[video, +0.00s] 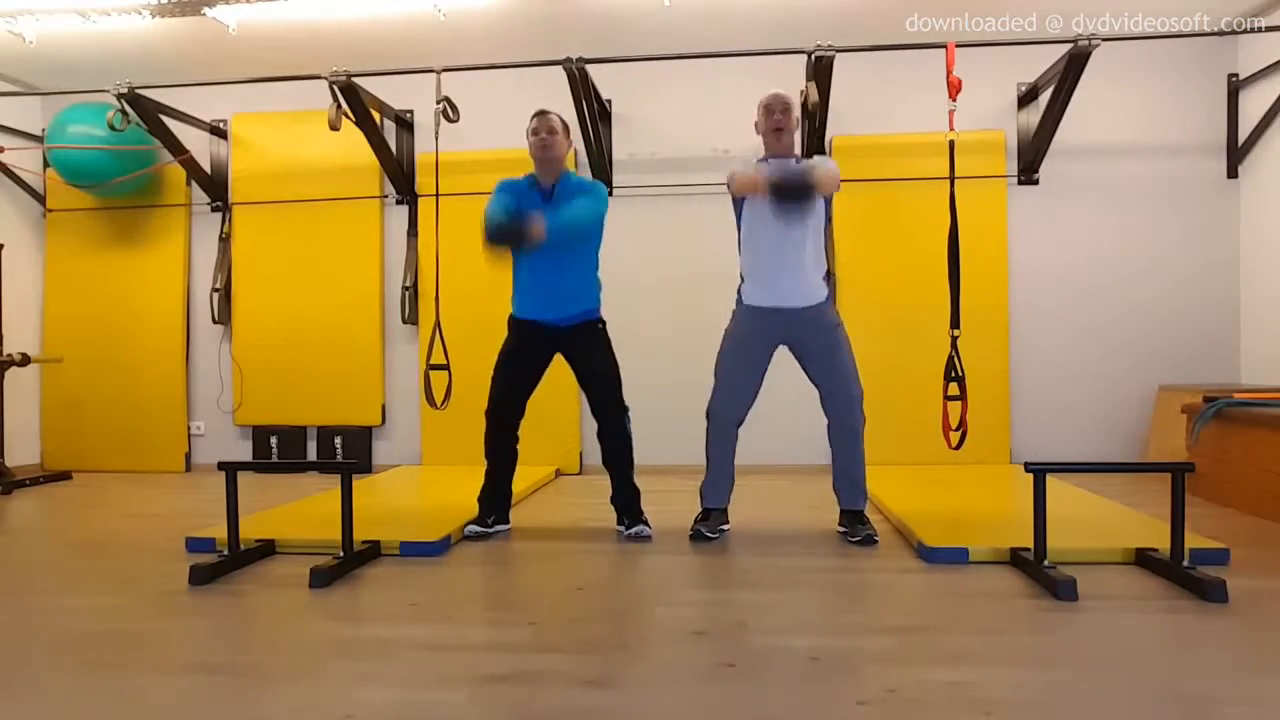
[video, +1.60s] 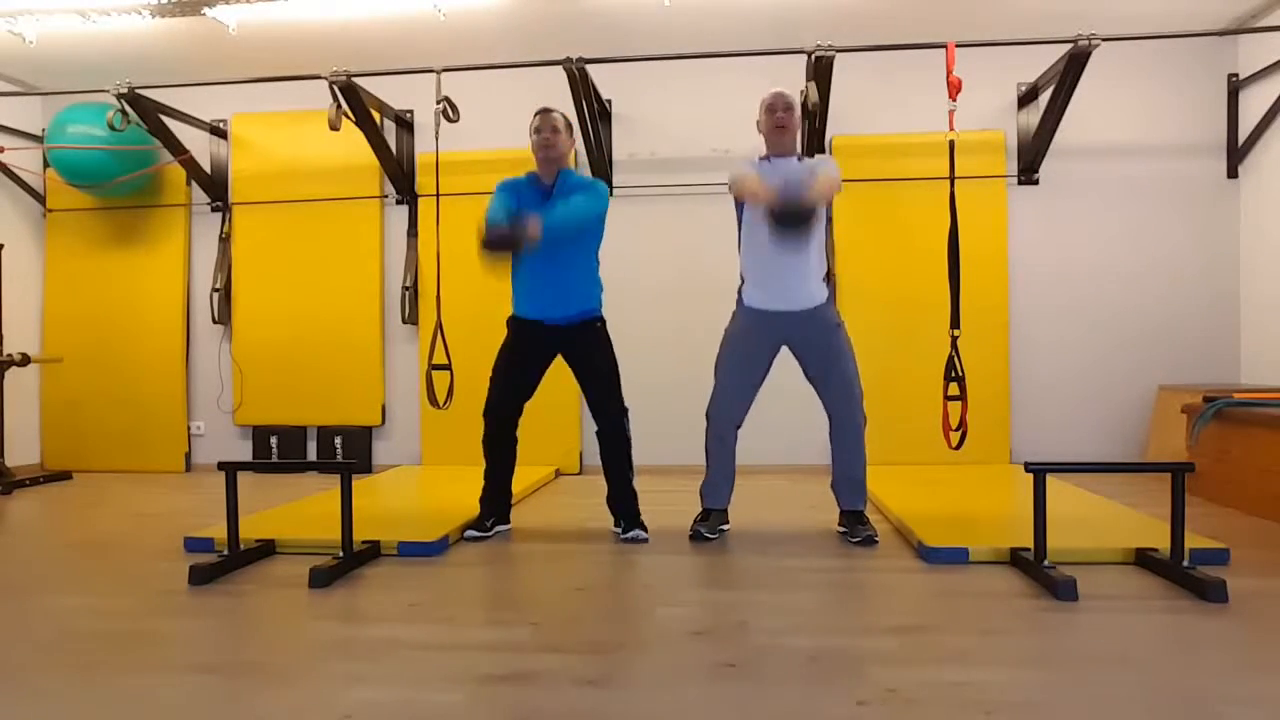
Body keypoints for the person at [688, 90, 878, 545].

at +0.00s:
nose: (779, 117)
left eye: (785, 111)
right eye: (770, 111)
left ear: (797, 122)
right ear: (758, 125)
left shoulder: (820, 166)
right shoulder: (745, 172)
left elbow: (828, 180)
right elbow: (740, 183)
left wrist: (800, 179)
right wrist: (777, 182)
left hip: (814, 313)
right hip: (755, 315)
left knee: (847, 407)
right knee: (723, 411)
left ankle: (852, 512)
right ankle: (714, 509)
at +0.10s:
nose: (779, 128)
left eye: (786, 123)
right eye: (771, 123)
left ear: (798, 136)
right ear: (758, 138)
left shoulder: (822, 184)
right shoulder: (741, 192)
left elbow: (823, 229)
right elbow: (751, 232)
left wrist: (811, 272)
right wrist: (770, 273)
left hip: (813, 323)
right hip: (754, 324)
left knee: (851, 409)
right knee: (716, 410)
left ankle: (853, 512)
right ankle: (713, 510)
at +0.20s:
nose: (783, 152)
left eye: (790, 146)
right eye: (774, 146)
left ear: (802, 159)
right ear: (760, 161)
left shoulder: (825, 214)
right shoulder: (743, 220)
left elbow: (822, 287)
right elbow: (751, 291)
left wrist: (810, 345)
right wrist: (769, 348)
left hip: (814, 331)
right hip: (754, 331)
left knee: (854, 405)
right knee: (712, 406)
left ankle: (854, 511)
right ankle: (712, 510)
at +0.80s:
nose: (777, 111)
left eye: (782, 105)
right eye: (767, 106)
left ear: (792, 116)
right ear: (752, 119)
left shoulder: (817, 167)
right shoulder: (739, 175)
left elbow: (818, 235)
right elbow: (747, 239)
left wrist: (806, 291)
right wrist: (763, 292)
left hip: (812, 305)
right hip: (754, 307)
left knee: (841, 402)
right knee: (727, 405)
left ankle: (853, 511)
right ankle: (713, 509)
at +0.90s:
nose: (773, 120)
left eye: (778, 115)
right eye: (765, 115)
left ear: (789, 126)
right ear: (752, 129)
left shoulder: (814, 162)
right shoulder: (737, 172)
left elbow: (816, 186)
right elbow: (743, 191)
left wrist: (802, 210)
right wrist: (765, 211)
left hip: (810, 304)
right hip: (753, 306)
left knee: (835, 407)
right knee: (732, 407)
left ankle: (852, 512)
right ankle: (714, 510)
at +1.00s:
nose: (783, 142)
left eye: (788, 137)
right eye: (777, 136)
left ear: (802, 136)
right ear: (759, 134)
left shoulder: (815, 170)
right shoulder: (743, 173)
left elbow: (818, 172)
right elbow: (738, 176)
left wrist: (807, 131)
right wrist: (759, 141)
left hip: (810, 302)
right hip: (754, 303)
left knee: (835, 408)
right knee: (732, 407)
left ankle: (852, 511)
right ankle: (714, 509)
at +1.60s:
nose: (781, 115)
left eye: (788, 109)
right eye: (773, 109)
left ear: (800, 121)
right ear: (760, 123)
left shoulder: (821, 166)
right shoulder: (746, 171)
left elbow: (825, 187)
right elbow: (749, 189)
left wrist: (806, 200)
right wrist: (773, 201)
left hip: (815, 316)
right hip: (755, 317)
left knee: (848, 412)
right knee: (722, 413)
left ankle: (852, 512)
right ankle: (714, 510)